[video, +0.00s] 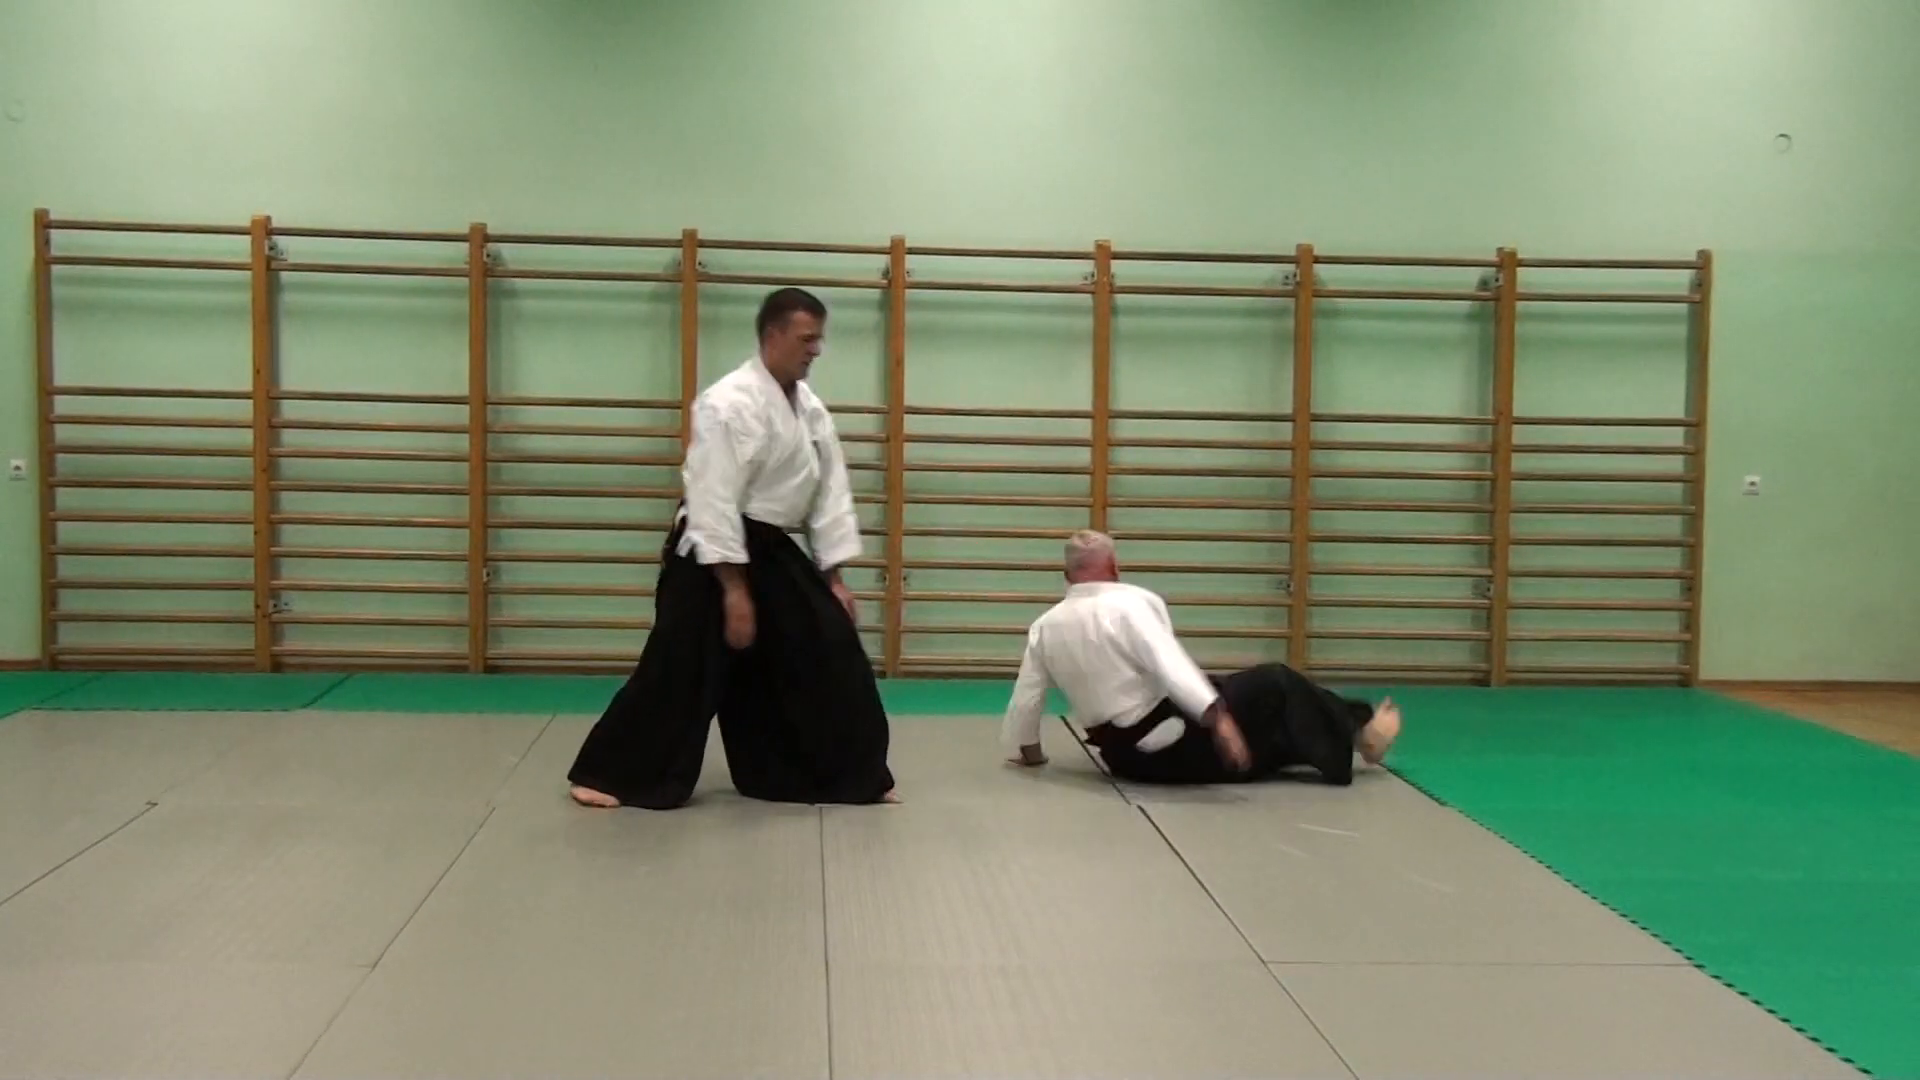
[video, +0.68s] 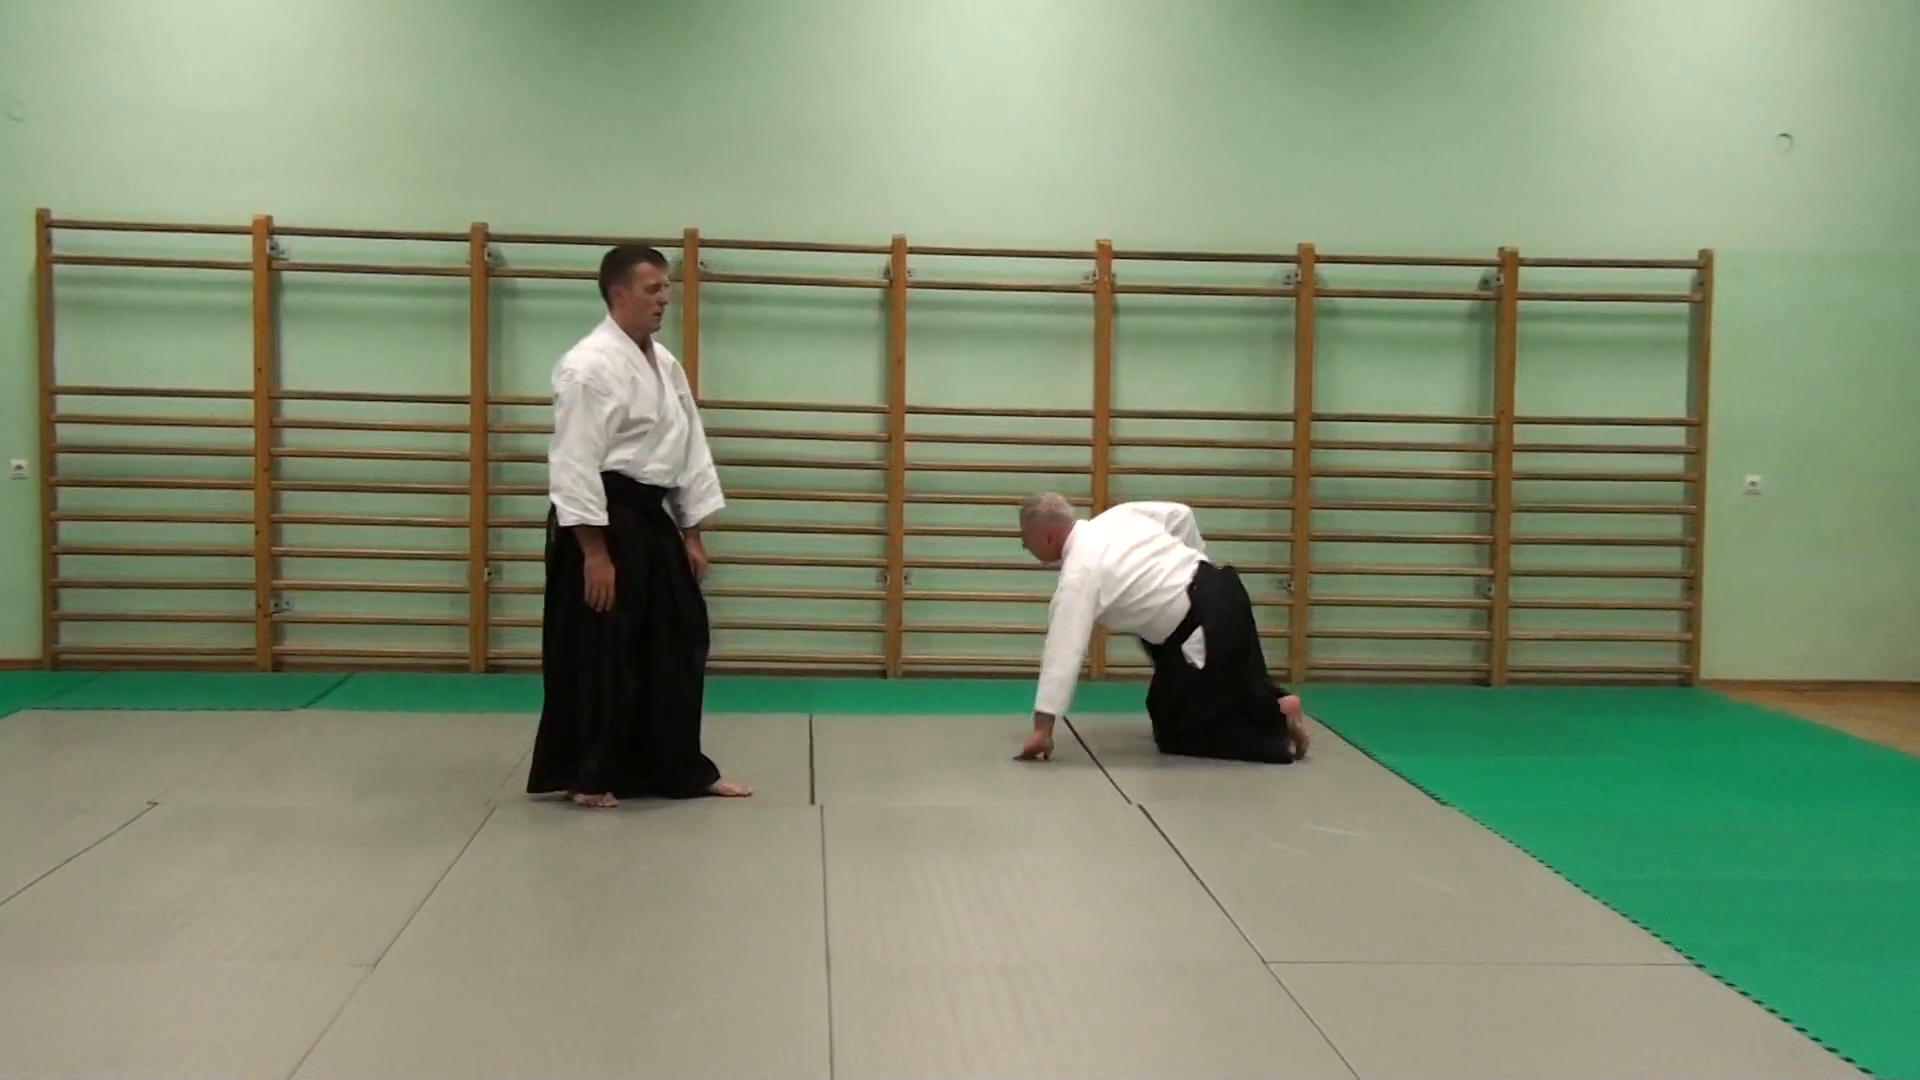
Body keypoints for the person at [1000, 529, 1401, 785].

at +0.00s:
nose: (1119, 569)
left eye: (1114, 564)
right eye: (1116, 563)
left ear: (1067, 574)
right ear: (1110, 567)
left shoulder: (1044, 628)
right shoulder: (1130, 603)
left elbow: (1024, 703)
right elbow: (1168, 664)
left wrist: (1026, 752)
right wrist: (1219, 717)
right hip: (1169, 739)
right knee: (1272, 681)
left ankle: (1354, 730)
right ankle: (1359, 733)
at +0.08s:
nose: (1115, 567)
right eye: (1114, 560)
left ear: (1065, 575)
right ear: (1111, 562)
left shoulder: (1045, 625)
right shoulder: (1125, 588)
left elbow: (1028, 702)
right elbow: (1187, 629)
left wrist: (1030, 752)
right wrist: (1251, 671)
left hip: (1124, 749)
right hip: (1175, 712)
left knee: (1256, 748)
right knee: (1274, 677)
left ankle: (1334, 757)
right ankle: (1355, 745)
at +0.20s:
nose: (1079, 546)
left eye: (1076, 547)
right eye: (1077, 546)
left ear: (1060, 578)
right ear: (1100, 561)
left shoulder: (1050, 621)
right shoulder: (1138, 577)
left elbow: (1035, 696)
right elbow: (1212, 588)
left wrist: (1033, 752)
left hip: (1135, 736)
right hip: (1184, 693)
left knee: (1261, 746)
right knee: (1275, 672)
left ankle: (1333, 755)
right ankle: (1356, 748)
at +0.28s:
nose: (1047, 589)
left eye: (1045, 581)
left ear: (1050, 578)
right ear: (1088, 556)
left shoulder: (1055, 617)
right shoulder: (1136, 571)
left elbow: (1041, 691)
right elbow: (1212, 579)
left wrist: (1034, 753)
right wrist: (1257, 605)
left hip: (1147, 715)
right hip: (1190, 672)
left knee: (1236, 748)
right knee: (1279, 678)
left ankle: (1323, 751)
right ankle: (1350, 743)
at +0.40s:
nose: (1028, 588)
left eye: (1026, 579)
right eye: (1026, 579)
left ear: (1036, 570)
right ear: (1062, 548)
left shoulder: (1057, 603)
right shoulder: (1116, 551)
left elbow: (1044, 676)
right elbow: (1183, 563)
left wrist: (1034, 750)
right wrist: (1213, 608)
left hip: (1180, 659)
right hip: (1220, 623)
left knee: (1174, 738)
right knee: (1284, 686)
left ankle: (1266, 752)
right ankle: (1346, 734)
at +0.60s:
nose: (1032, 568)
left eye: (1028, 560)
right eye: (1027, 562)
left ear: (1042, 545)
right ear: (1060, 528)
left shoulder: (1074, 575)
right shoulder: (1116, 524)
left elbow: (1058, 658)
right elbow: (1176, 526)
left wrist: (1041, 740)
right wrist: (1203, 580)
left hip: (1198, 631)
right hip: (1227, 596)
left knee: (1175, 735)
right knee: (1257, 677)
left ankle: (1269, 729)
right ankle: (1298, 710)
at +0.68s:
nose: (1031, 551)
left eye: (1029, 543)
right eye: (1028, 544)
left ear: (1049, 536)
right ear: (1065, 522)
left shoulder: (1079, 571)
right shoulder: (1120, 514)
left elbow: (1063, 651)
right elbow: (1180, 514)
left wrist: (1043, 729)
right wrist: (1197, 573)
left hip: (1201, 633)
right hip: (1224, 590)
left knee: (1175, 734)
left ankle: (1279, 741)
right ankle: (1275, 707)